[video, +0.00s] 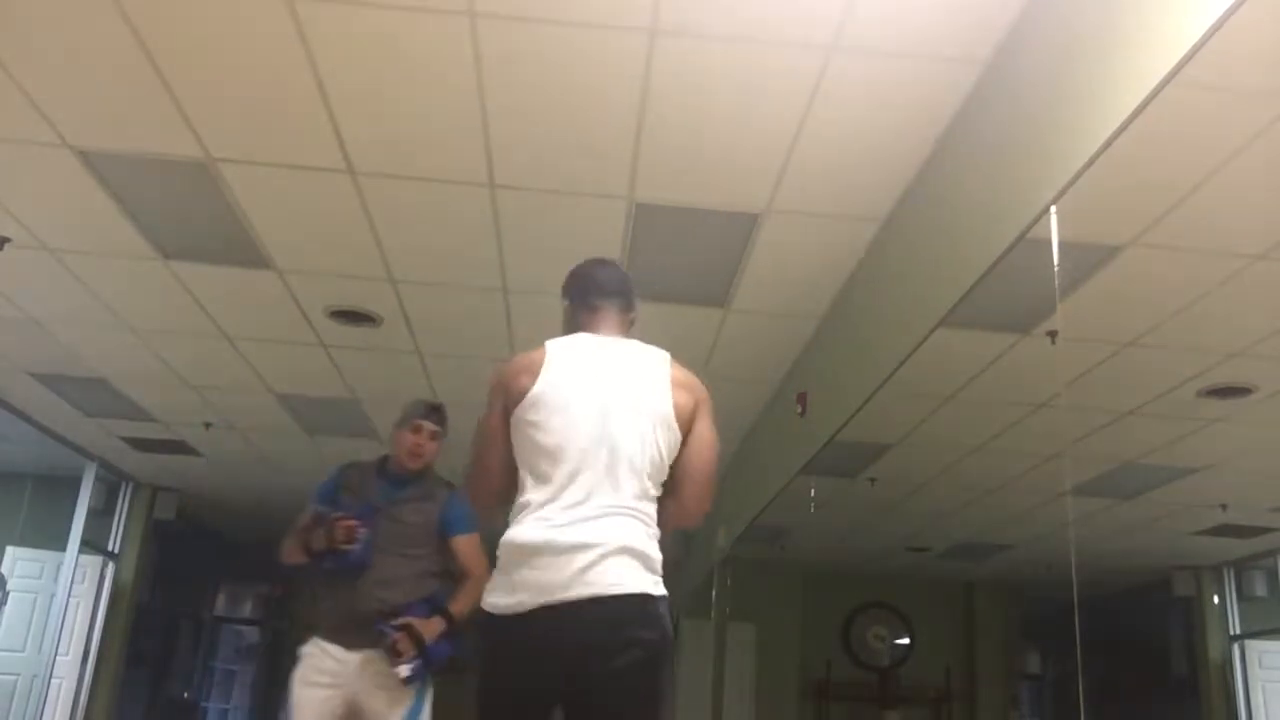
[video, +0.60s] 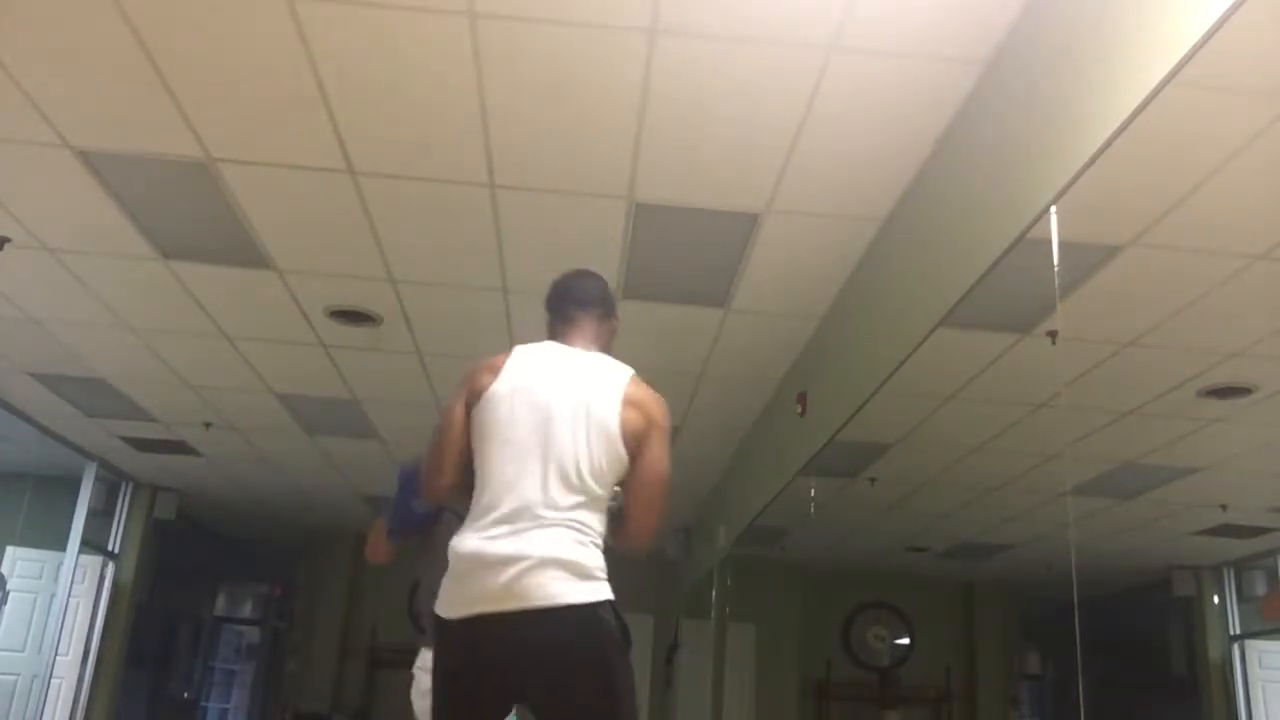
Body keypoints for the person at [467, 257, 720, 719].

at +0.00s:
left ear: (567, 309)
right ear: (632, 314)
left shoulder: (520, 371)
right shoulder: (685, 384)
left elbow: (487, 493)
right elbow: (690, 509)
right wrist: (626, 499)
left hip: (522, 610)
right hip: (627, 608)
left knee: (510, 711)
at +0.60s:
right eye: (608, 321)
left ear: (550, 320)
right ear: (612, 322)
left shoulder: (488, 373)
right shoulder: (643, 400)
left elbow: (438, 483)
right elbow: (640, 533)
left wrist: (505, 490)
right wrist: (582, 511)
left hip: (469, 619)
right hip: (572, 617)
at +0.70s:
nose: (586, 321)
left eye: (584, 311)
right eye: (586, 311)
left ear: (520, 316)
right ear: (580, 312)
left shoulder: (468, 373)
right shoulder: (617, 381)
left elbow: (434, 483)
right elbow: (614, 511)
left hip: (456, 610)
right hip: (558, 607)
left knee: (446, 712)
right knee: (582, 712)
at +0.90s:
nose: (526, 347)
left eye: (523, 338)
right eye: (526, 337)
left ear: (460, 336)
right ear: (518, 335)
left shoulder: (408, 397)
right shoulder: (526, 382)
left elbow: (394, 505)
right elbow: (555, 502)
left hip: (395, 616)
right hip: (483, 607)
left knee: (402, 712)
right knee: (523, 710)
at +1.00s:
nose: (507, 344)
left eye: (506, 333)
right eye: (506, 331)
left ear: (441, 328)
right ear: (495, 326)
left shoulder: (385, 387)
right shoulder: (497, 367)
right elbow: (532, 489)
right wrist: (541, 430)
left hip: (360, 591)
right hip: (440, 583)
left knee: (374, 711)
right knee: (490, 709)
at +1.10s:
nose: (484, 338)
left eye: (484, 327)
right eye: (484, 325)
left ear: (420, 320)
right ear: (473, 317)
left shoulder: (365, 379)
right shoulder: (476, 364)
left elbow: (408, 491)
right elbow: (516, 477)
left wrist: (512, 488)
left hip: (333, 586)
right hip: (411, 583)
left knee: (354, 711)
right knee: (440, 710)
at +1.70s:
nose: (401, 359)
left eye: (404, 346)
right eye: (400, 342)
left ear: (366, 330)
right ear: (371, 328)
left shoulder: (305, 382)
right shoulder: (344, 375)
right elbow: (403, 484)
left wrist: (396, 499)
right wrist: (446, 465)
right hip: (287, 591)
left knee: (357, 704)